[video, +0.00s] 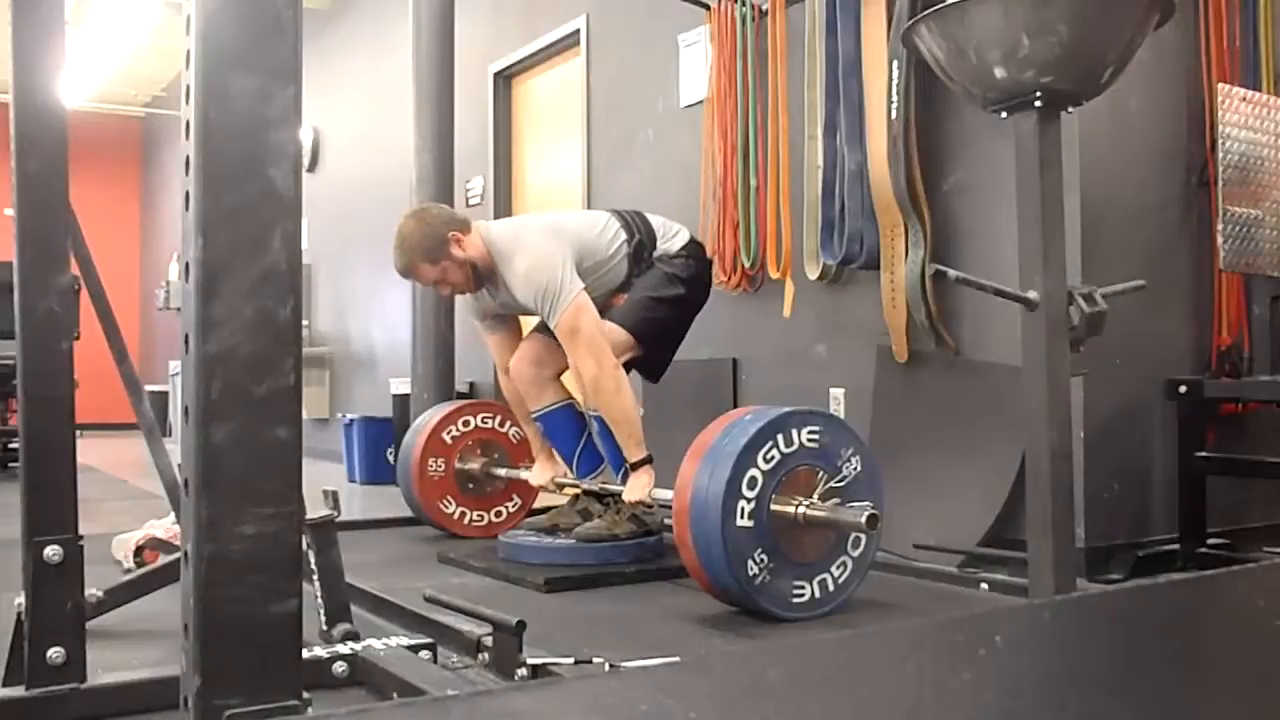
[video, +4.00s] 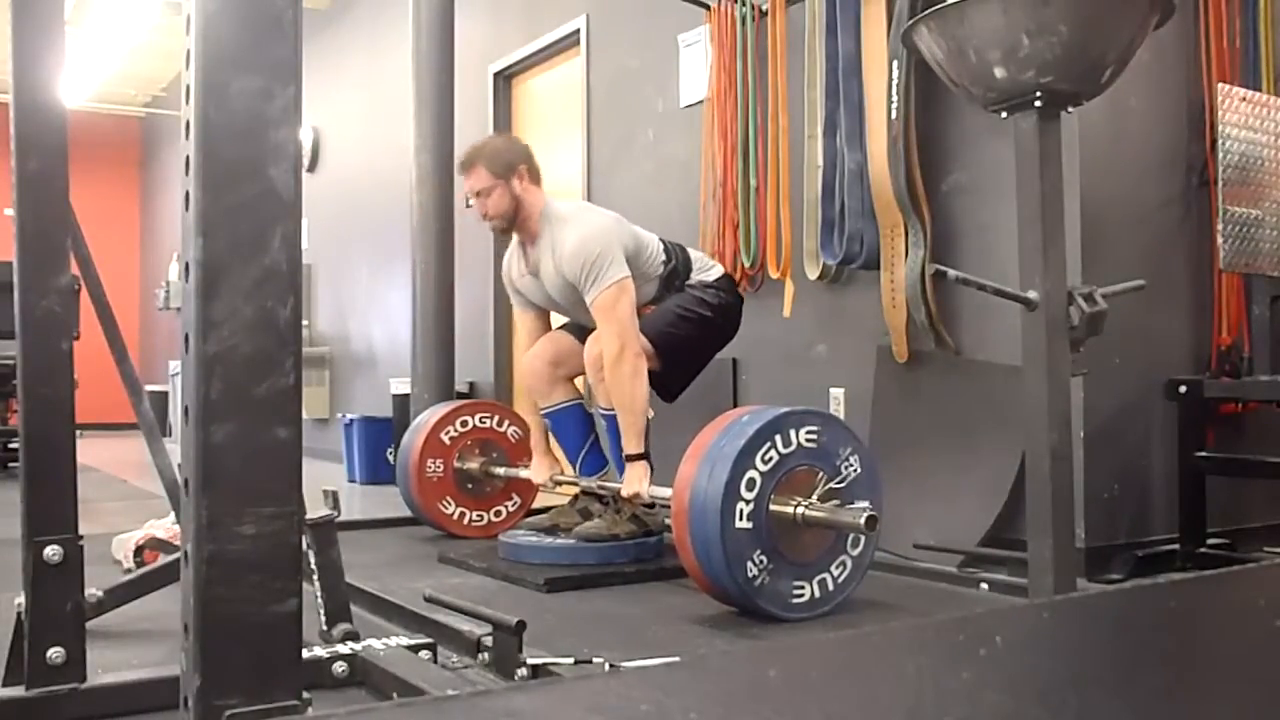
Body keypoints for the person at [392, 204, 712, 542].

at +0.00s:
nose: (443, 292)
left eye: (440, 280)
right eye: (435, 287)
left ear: (458, 244)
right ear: (457, 243)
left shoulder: (532, 259)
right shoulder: (479, 286)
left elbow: (594, 362)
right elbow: (510, 371)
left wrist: (640, 468)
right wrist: (542, 454)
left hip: (671, 260)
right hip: (609, 281)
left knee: (595, 357)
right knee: (526, 366)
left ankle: (630, 493)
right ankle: (598, 488)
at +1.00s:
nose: (463, 292)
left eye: (459, 280)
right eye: (453, 289)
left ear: (472, 240)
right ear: (472, 240)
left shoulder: (550, 250)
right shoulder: (495, 280)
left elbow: (603, 361)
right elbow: (519, 372)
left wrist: (637, 466)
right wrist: (540, 457)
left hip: (682, 231)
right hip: (621, 253)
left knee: (623, 345)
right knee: (552, 352)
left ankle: (640, 494)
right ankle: (601, 489)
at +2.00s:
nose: (454, 300)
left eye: (449, 287)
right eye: (443, 295)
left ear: (465, 251)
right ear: (465, 251)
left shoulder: (535, 250)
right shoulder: (483, 284)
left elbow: (597, 362)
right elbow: (514, 372)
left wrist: (635, 464)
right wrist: (541, 458)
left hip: (677, 232)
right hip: (617, 254)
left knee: (619, 348)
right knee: (548, 356)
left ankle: (639, 496)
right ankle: (600, 491)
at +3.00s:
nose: (441, 280)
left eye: (441, 265)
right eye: (431, 273)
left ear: (464, 232)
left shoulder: (540, 262)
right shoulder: (476, 290)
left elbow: (610, 367)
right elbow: (509, 379)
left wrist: (635, 470)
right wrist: (539, 458)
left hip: (668, 297)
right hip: (605, 310)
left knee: (571, 374)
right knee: (511, 382)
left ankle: (629, 494)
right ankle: (591, 490)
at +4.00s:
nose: (477, 210)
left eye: (483, 195)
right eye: (472, 199)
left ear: (521, 179)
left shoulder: (585, 237)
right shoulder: (517, 264)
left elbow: (622, 350)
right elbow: (530, 358)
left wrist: (636, 461)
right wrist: (538, 452)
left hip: (702, 292)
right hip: (636, 306)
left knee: (605, 357)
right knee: (541, 364)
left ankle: (630, 500)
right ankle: (597, 492)